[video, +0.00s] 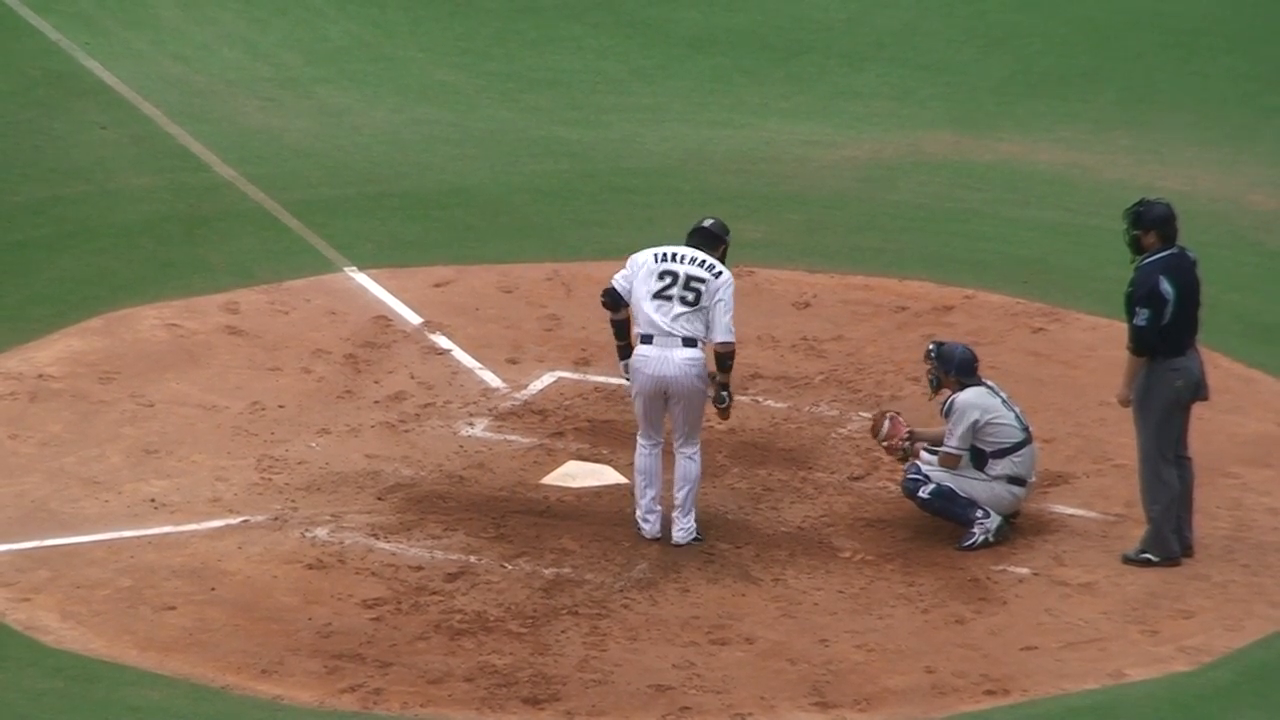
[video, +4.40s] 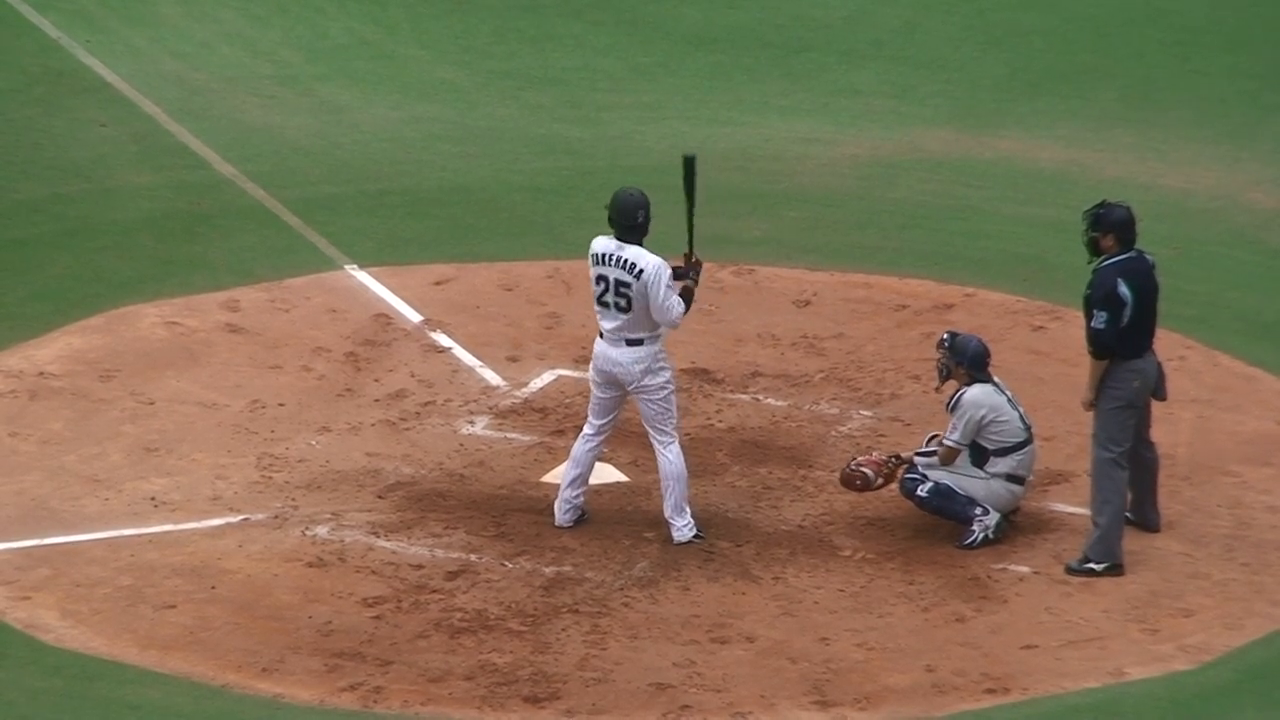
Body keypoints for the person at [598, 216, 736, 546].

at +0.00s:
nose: (725, 254)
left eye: (725, 249)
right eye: (725, 249)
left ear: (689, 239)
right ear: (718, 248)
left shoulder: (646, 257)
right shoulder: (720, 276)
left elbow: (613, 298)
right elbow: (723, 345)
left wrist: (625, 353)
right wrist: (723, 387)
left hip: (646, 357)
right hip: (688, 362)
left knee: (648, 439)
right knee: (687, 444)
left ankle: (649, 521)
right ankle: (683, 527)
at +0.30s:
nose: (735, 259)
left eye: (735, 253)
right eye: (735, 253)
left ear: (702, 240)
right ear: (728, 251)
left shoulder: (655, 254)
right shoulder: (723, 279)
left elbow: (617, 292)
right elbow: (718, 347)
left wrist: (632, 334)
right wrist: (725, 378)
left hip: (637, 352)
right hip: (679, 361)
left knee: (632, 431)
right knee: (684, 444)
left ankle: (612, 512)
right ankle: (683, 528)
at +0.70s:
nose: (709, 262)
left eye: (710, 254)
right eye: (710, 254)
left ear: (677, 241)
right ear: (699, 250)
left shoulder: (633, 258)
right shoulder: (688, 274)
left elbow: (603, 312)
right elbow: (685, 328)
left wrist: (648, 325)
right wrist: (717, 325)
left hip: (607, 351)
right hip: (646, 359)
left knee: (591, 437)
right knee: (667, 445)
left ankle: (565, 512)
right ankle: (679, 528)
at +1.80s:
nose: (701, 257)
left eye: (702, 251)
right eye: (701, 251)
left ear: (668, 241)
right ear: (696, 250)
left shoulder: (628, 260)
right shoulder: (691, 275)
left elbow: (588, 303)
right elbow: (685, 335)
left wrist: (608, 346)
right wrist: (701, 373)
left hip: (604, 351)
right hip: (645, 357)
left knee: (590, 435)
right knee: (668, 447)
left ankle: (565, 511)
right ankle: (678, 528)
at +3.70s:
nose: (716, 242)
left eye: (718, 236)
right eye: (716, 237)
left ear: (683, 228)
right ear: (710, 237)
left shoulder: (646, 250)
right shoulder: (705, 273)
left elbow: (631, 302)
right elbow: (699, 337)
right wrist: (704, 372)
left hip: (623, 347)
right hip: (662, 358)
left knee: (601, 427)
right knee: (676, 443)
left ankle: (569, 501)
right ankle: (684, 528)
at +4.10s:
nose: (681, 227)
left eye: (677, 221)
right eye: (680, 222)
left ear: (647, 220)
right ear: (676, 227)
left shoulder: (625, 248)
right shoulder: (670, 268)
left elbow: (658, 299)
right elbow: (667, 325)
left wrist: (702, 313)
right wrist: (707, 325)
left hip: (609, 351)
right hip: (647, 359)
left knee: (595, 432)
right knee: (668, 441)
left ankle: (566, 510)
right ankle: (682, 527)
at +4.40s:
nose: (648, 221)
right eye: (647, 216)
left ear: (612, 219)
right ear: (646, 221)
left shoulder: (597, 248)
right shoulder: (652, 267)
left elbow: (633, 275)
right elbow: (670, 315)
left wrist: (675, 273)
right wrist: (689, 284)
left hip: (605, 354)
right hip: (645, 359)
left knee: (593, 431)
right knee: (666, 441)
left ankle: (566, 508)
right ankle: (681, 525)